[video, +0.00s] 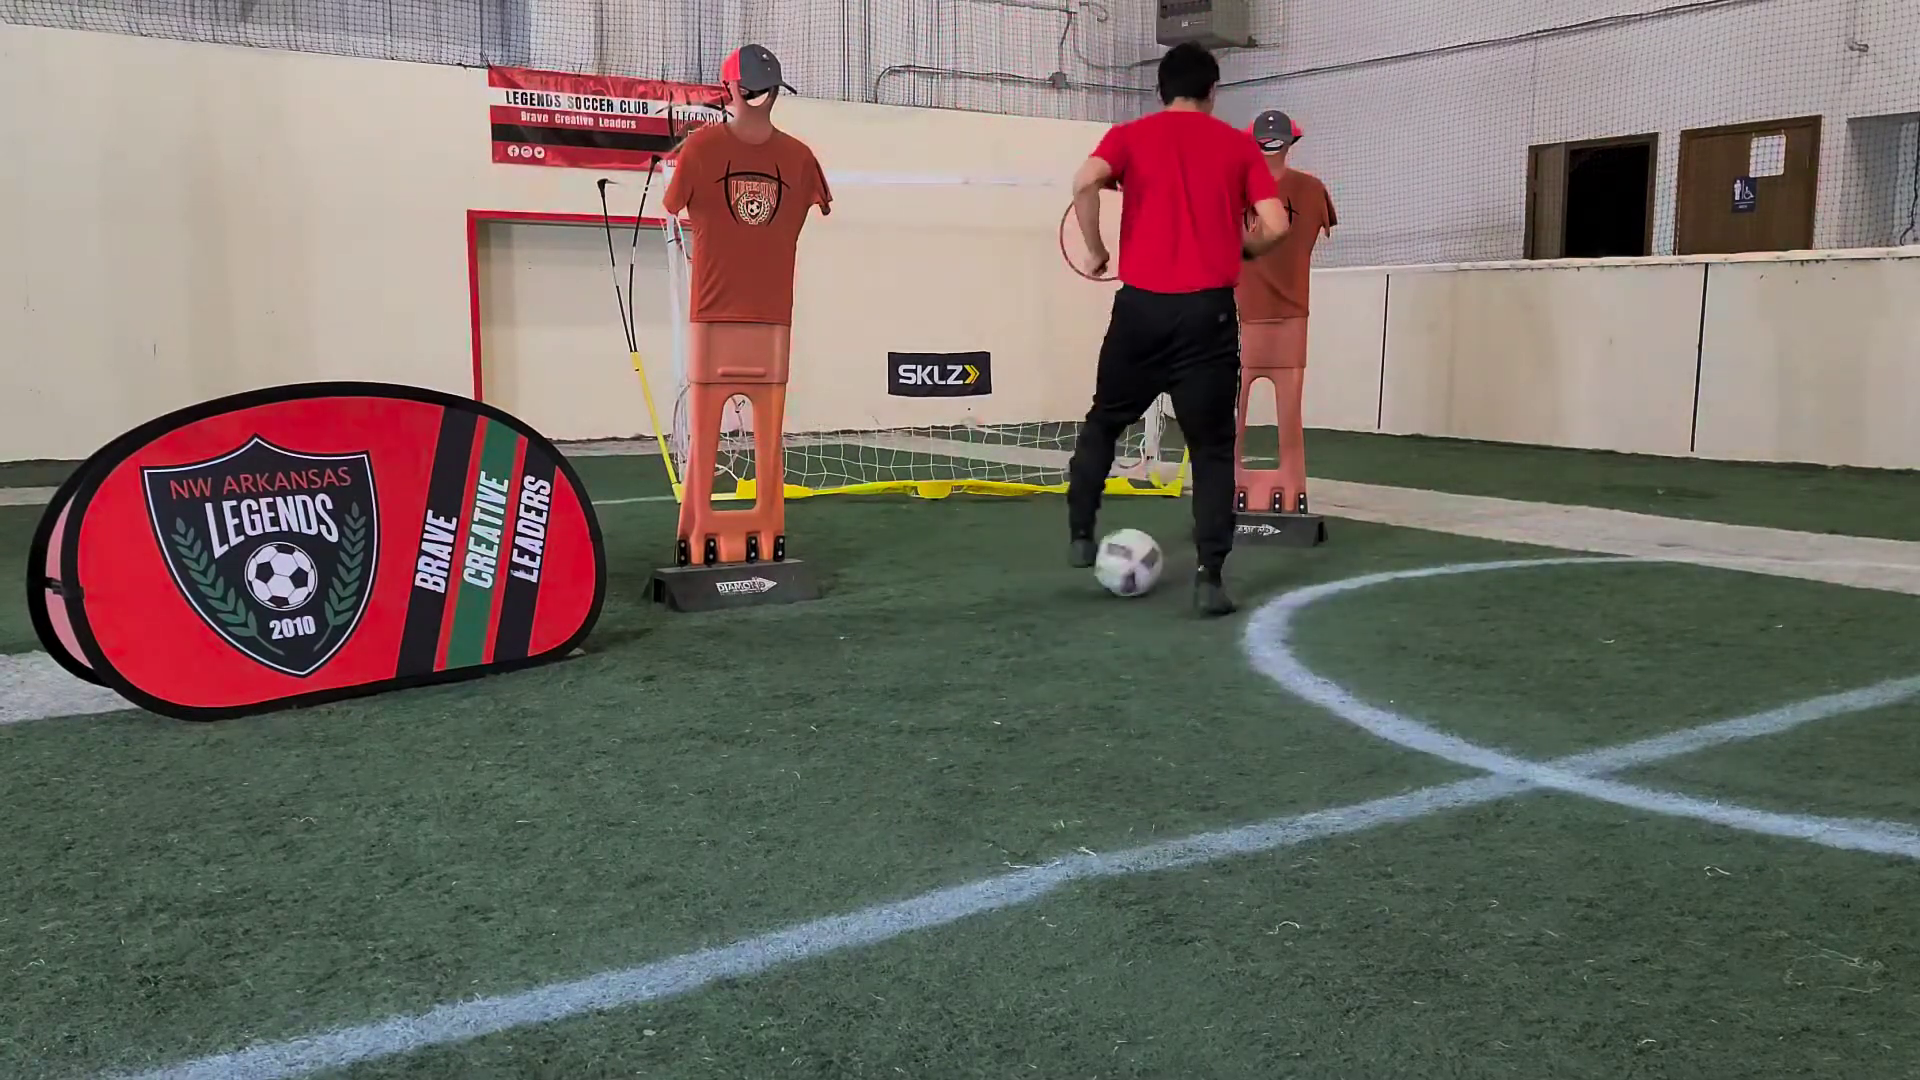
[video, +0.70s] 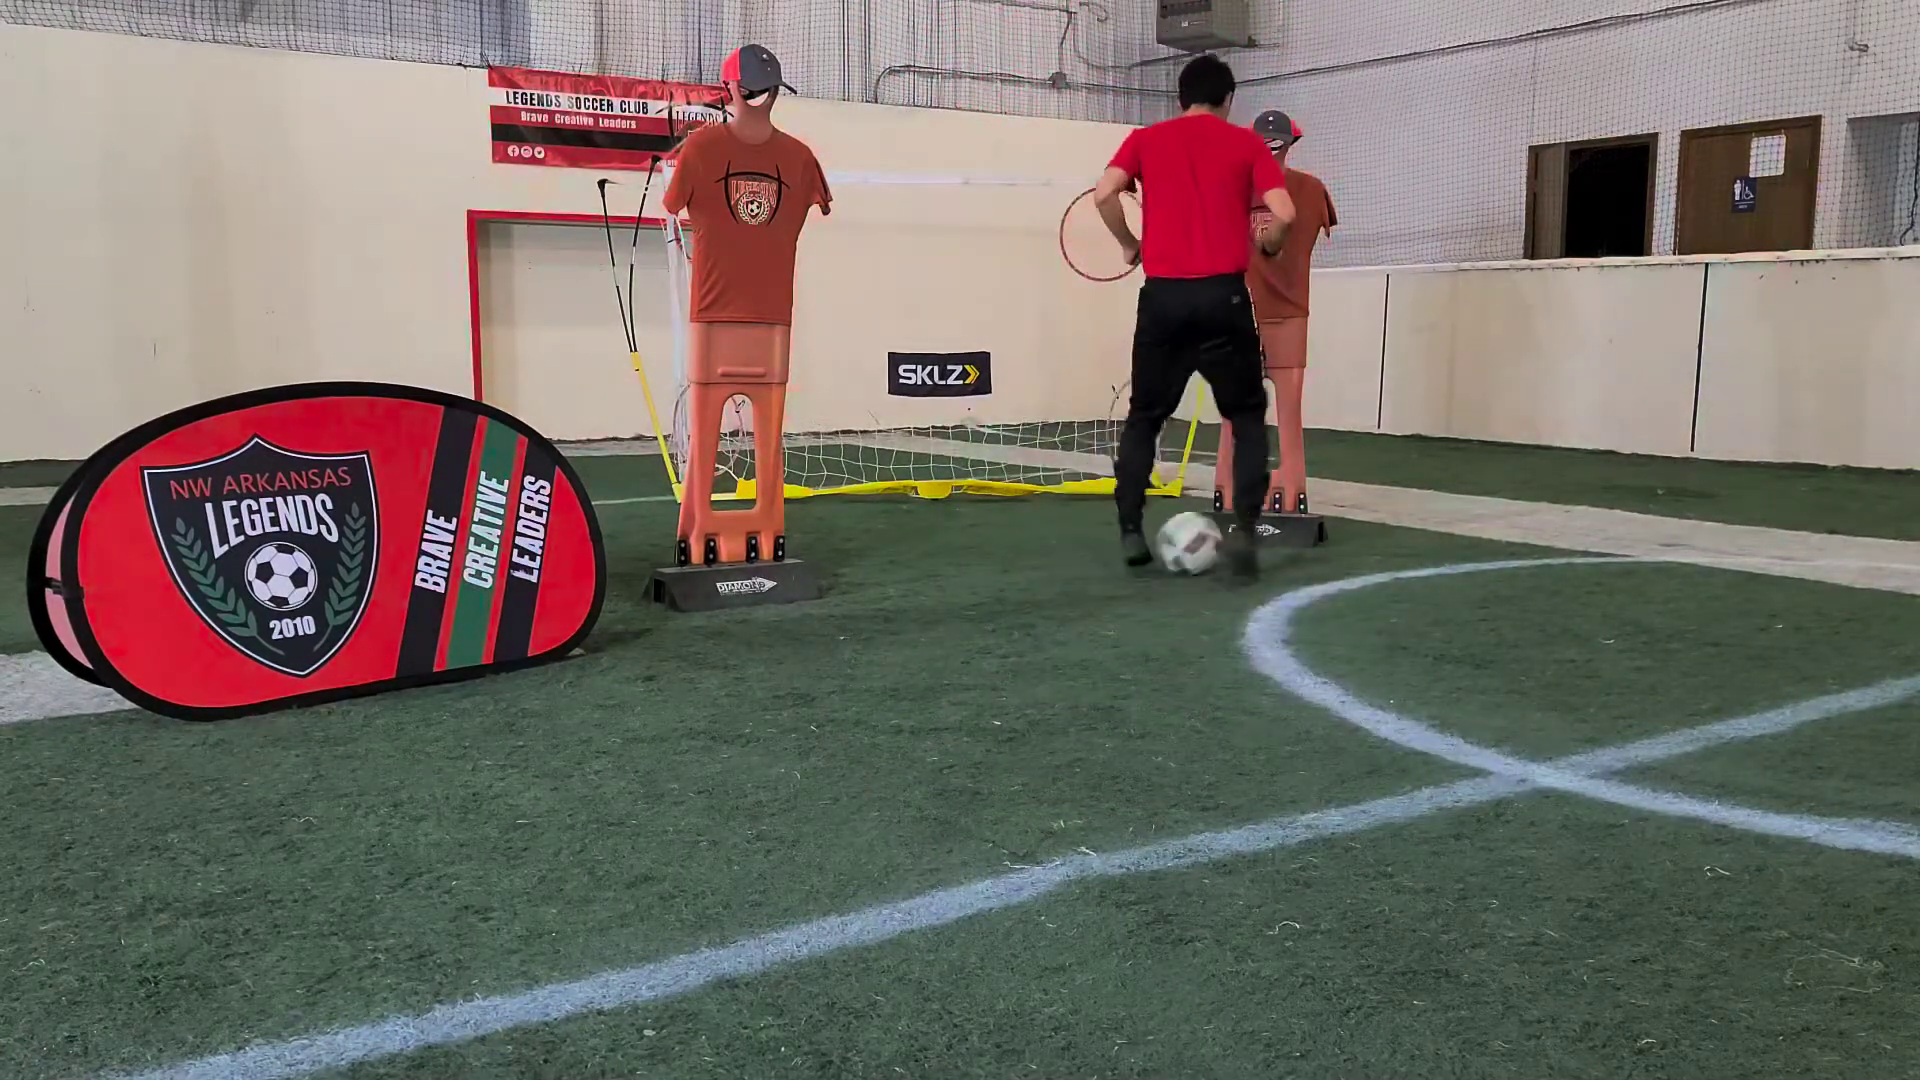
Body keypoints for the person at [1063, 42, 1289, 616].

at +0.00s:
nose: (1207, 97)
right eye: (1212, 87)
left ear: (1160, 92)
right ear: (1213, 91)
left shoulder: (1132, 134)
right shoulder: (1239, 143)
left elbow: (1084, 183)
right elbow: (1276, 224)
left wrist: (1094, 249)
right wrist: (1242, 246)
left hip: (1141, 310)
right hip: (1208, 313)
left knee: (1104, 421)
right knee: (1211, 442)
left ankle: (1082, 537)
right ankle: (1210, 577)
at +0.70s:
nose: (1225, 106)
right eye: (1230, 99)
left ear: (1178, 99)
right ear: (1227, 100)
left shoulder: (1147, 137)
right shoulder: (1248, 143)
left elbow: (1104, 195)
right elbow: (1284, 214)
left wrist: (1128, 243)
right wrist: (1267, 241)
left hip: (1161, 301)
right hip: (1223, 300)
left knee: (1144, 413)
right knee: (1246, 413)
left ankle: (1131, 531)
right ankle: (1244, 529)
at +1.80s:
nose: (1289, 122)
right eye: (1292, 114)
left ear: (1244, 113)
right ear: (1289, 115)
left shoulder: (1208, 158)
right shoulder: (1305, 165)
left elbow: (1164, 224)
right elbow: (1327, 234)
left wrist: (1183, 266)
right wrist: (1310, 285)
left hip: (1207, 308)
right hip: (1261, 312)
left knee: (1213, 380)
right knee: (1257, 426)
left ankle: (1192, 485)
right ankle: (1240, 545)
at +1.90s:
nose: (1295, 122)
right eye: (1295, 115)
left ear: (1245, 113)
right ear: (1290, 116)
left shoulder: (1208, 158)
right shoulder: (1304, 165)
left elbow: (1163, 223)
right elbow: (1326, 230)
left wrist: (1188, 266)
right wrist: (1313, 287)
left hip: (1207, 309)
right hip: (1261, 313)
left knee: (1212, 381)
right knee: (1256, 427)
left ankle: (1187, 486)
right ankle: (1240, 544)